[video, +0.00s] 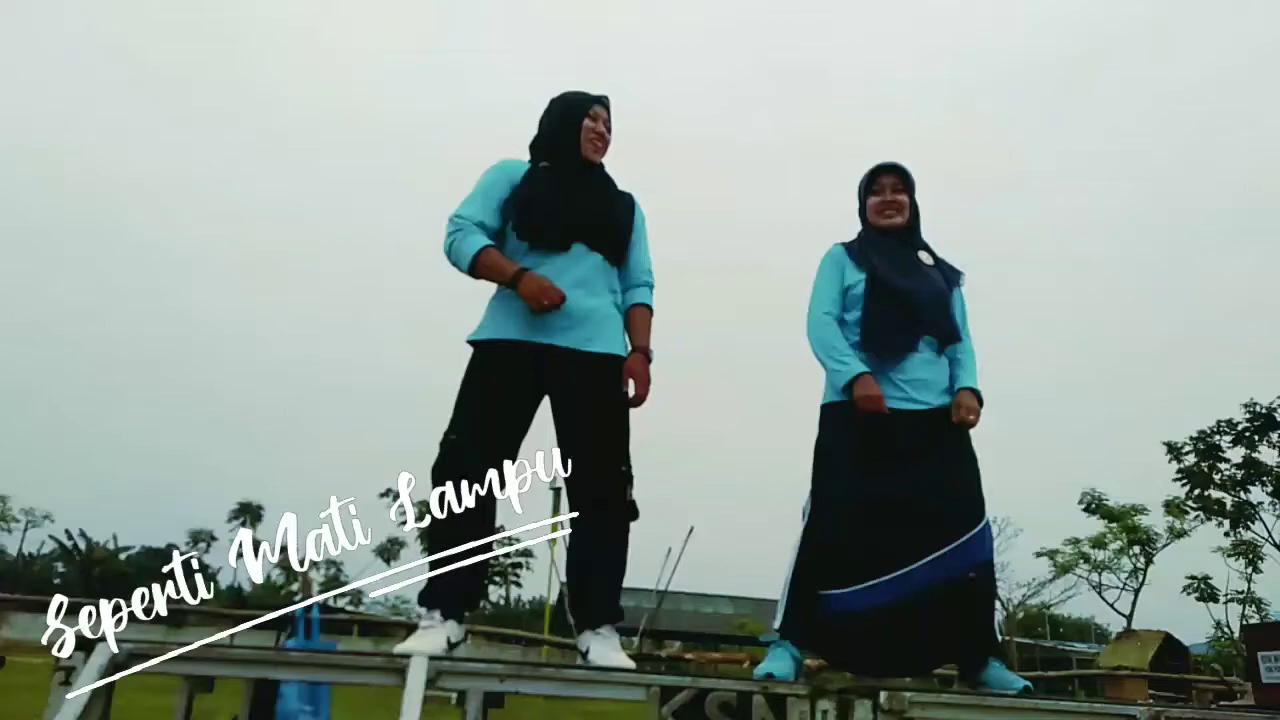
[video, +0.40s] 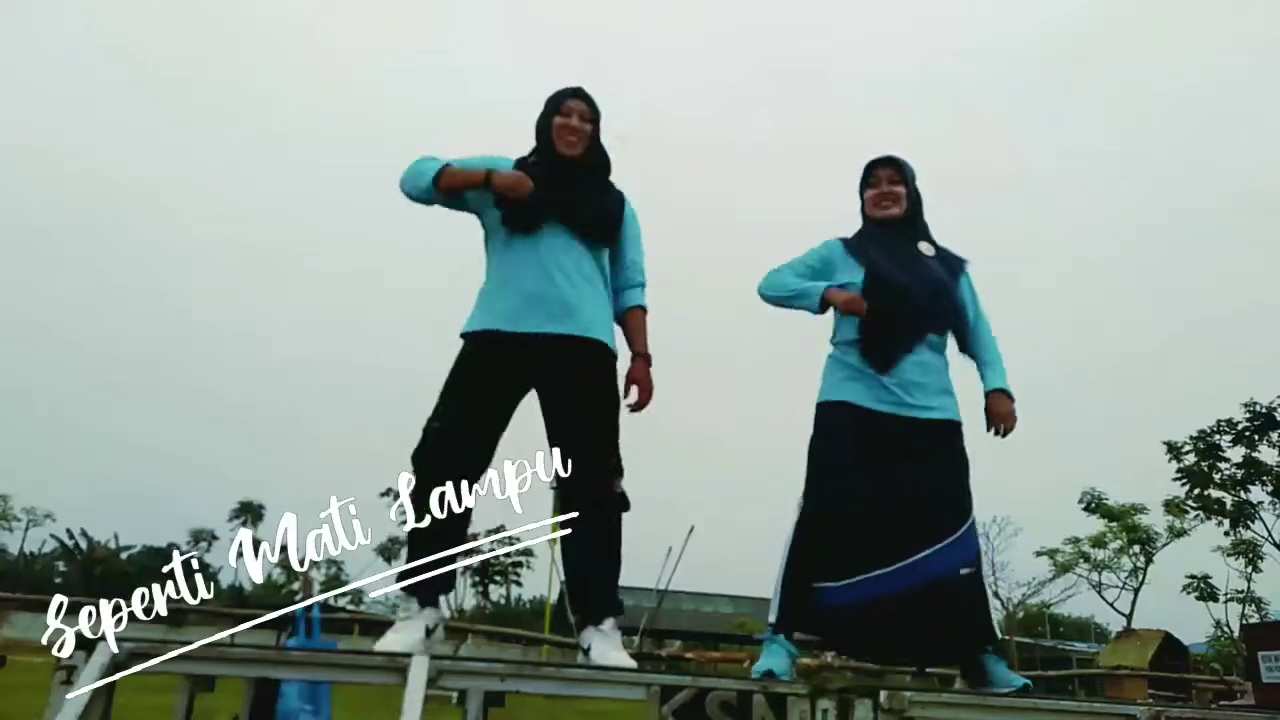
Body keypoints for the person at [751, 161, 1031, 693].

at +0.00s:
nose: (889, 198)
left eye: (899, 191)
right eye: (879, 192)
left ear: (913, 202)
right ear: (863, 204)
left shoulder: (944, 272)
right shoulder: (844, 257)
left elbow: (960, 338)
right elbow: (820, 322)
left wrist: (966, 387)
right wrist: (854, 374)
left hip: (935, 416)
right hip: (860, 413)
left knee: (965, 530)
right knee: (831, 526)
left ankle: (979, 658)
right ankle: (789, 645)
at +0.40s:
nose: (885, 191)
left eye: (895, 183)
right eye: (874, 184)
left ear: (913, 195)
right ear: (862, 199)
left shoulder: (948, 266)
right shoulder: (841, 252)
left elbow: (977, 332)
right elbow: (772, 284)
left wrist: (997, 388)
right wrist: (827, 295)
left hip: (930, 409)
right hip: (852, 402)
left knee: (953, 528)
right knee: (823, 516)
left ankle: (979, 655)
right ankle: (781, 639)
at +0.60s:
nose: (862, 191)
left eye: (872, 184)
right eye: (852, 185)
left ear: (889, 197)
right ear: (838, 198)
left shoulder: (915, 269)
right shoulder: (815, 249)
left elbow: (940, 331)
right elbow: (747, 264)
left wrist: (963, 380)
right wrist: (817, 254)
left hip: (896, 406)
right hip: (819, 397)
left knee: (926, 524)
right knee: (804, 519)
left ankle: (953, 654)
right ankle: (781, 645)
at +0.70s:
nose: (854, 197)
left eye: (865, 189)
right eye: (845, 191)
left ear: (882, 199)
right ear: (832, 202)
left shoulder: (911, 270)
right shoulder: (815, 252)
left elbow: (928, 336)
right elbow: (766, 269)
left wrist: (936, 382)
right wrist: (841, 257)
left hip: (892, 406)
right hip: (817, 400)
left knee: (912, 526)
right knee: (801, 519)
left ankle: (919, 654)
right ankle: (777, 647)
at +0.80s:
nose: (852, 204)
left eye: (863, 197)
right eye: (843, 198)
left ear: (881, 206)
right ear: (832, 209)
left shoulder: (914, 274)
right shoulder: (818, 263)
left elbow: (927, 341)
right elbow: (768, 277)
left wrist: (923, 391)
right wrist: (842, 265)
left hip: (890, 414)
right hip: (814, 406)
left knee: (907, 532)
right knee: (798, 524)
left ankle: (916, 656)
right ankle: (778, 650)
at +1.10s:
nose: (832, 191)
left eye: (842, 183)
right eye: (822, 184)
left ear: (858, 194)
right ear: (808, 197)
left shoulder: (892, 259)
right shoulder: (786, 251)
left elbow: (932, 316)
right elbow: (704, 256)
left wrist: (952, 375)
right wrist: (724, 256)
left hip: (875, 407)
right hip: (798, 400)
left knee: (891, 527)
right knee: (770, 517)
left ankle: (914, 652)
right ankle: (726, 639)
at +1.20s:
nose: (817, 193)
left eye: (826, 187)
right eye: (807, 186)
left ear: (840, 199)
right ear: (791, 197)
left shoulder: (869, 265)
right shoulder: (760, 256)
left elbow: (920, 319)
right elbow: (683, 272)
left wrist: (963, 376)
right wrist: (700, 274)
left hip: (854, 412)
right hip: (776, 409)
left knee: (884, 529)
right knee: (757, 524)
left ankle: (913, 652)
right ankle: (725, 643)